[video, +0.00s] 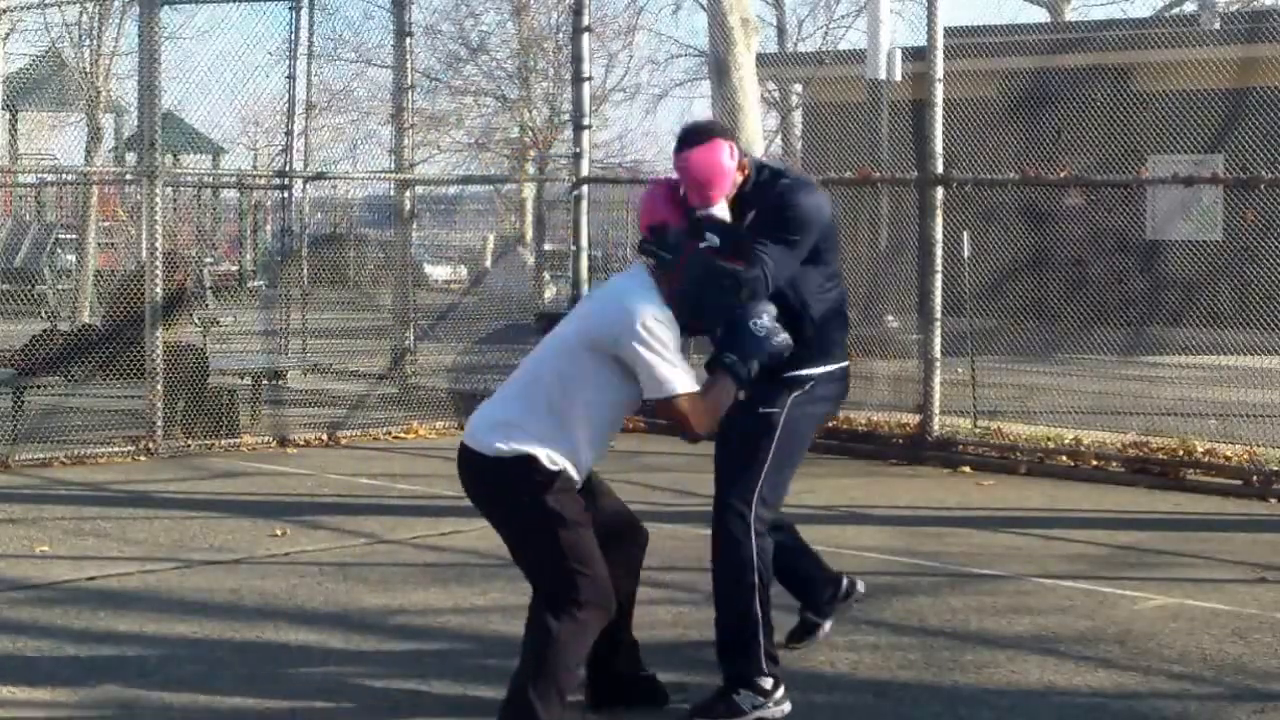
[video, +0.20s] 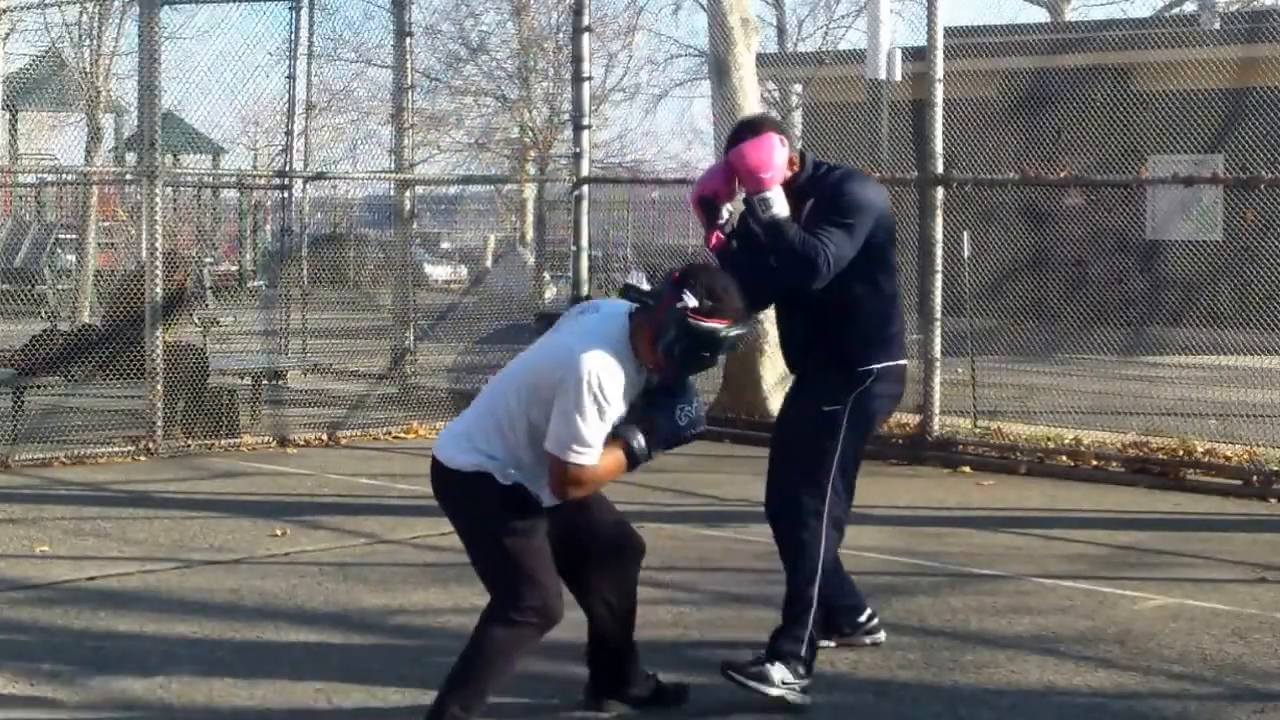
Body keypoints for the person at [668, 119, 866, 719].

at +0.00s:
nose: (711, 209)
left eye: (715, 196)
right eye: (701, 201)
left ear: (738, 167)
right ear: (685, 183)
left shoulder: (798, 202)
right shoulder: (728, 198)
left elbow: (755, 283)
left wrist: (706, 239)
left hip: (806, 375)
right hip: (755, 374)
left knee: (742, 515)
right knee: (742, 504)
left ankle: (756, 683)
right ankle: (823, 589)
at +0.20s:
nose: (752, 190)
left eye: (757, 179)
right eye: (744, 184)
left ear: (786, 163)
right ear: (751, 180)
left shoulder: (855, 195)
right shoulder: (777, 207)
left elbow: (813, 268)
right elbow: (743, 291)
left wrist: (769, 204)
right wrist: (717, 226)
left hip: (860, 374)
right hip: (816, 374)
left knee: (812, 507)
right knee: (784, 504)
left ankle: (791, 661)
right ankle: (849, 612)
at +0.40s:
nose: (793, 160)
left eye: (797, 148)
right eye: (787, 154)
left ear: (826, 130)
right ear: (815, 140)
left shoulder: (884, 158)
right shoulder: (834, 177)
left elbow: (850, 231)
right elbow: (793, 260)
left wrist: (805, 171)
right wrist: (755, 206)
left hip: (908, 346)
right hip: (884, 348)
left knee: (840, 492)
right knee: (861, 483)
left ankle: (877, 646)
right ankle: (914, 593)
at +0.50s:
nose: (830, 170)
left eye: (834, 158)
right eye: (822, 161)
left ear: (864, 144)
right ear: (831, 156)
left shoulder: (912, 179)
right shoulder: (856, 196)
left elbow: (897, 259)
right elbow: (827, 281)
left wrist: (842, 201)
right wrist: (791, 230)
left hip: (923, 367)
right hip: (907, 367)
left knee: (843, 496)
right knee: (913, 492)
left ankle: (875, 650)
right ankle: (991, 608)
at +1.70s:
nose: (843, 232)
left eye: (845, 221)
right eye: (841, 223)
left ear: (874, 212)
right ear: (884, 204)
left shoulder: (953, 242)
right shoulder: (891, 250)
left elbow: (938, 340)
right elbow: (857, 337)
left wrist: (862, 291)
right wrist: (818, 304)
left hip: (978, 431)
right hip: (955, 428)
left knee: (887, 537)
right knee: (973, 541)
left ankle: (820, 699)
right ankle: (1057, 643)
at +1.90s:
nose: (883, 397)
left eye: (894, 386)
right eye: (872, 385)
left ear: (916, 360)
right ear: (851, 357)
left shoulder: (951, 369)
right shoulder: (825, 339)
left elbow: (946, 476)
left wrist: (881, 466)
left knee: (832, 556)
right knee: (894, 629)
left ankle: (793, 702)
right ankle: (1029, 630)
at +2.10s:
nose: (931, 302)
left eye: (945, 293)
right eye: (925, 287)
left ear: (973, 279)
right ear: (910, 266)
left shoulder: (1011, 316)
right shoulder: (877, 286)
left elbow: (1003, 429)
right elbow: (810, 333)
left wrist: (937, 386)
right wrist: (800, 383)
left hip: (983, 461)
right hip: (918, 462)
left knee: (871, 542)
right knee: (940, 598)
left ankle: (802, 706)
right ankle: (1068, 658)